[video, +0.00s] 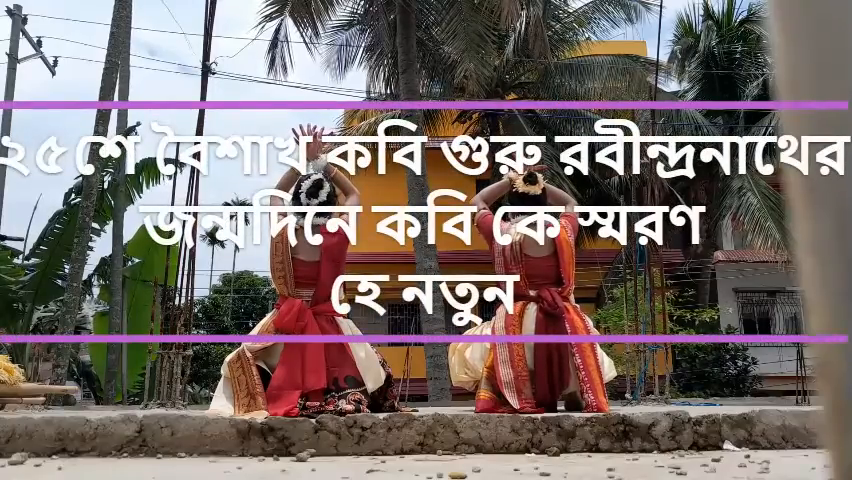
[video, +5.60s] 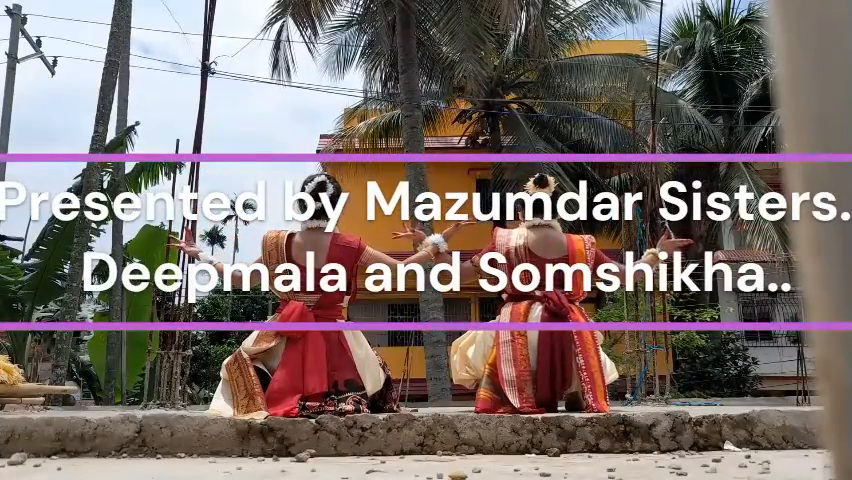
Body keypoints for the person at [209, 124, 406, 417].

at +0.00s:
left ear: (295, 203)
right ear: (330, 203)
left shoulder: (284, 234)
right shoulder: (337, 235)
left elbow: (277, 196)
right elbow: (351, 194)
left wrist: (302, 162)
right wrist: (322, 163)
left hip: (289, 325)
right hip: (329, 325)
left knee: (240, 361)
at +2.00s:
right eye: (321, 197)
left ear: (293, 201)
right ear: (329, 201)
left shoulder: (281, 232)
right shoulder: (338, 234)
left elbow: (269, 194)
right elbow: (365, 189)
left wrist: (289, 152)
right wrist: (337, 160)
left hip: (287, 333)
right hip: (330, 333)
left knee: (240, 362)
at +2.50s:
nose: (335, 203)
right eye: (333, 199)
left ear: (294, 202)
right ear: (330, 203)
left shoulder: (279, 234)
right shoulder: (340, 235)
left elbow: (267, 201)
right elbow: (378, 205)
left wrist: (274, 158)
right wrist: (371, 161)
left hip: (288, 330)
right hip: (331, 331)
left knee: (240, 367)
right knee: (379, 386)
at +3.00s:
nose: (337, 203)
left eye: (335, 197)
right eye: (335, 198)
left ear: (297, 203)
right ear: (332, 203)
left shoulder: (277, 234)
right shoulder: (342, 235)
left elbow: (255, 207)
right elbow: (391, 213)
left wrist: (249, 175)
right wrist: (407, 183)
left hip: (287, 333)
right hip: (331, 333)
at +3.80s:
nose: (337, 205)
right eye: (337, 200)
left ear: (301, 203)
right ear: (336, 205)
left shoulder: (277, 237)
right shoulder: (349, 242)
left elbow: (241, 237)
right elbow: (404, 243)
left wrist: (228, 209)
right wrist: (432, 213)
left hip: (288, 337)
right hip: (335, 337)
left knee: (241, 364)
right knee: (377, 388)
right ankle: (343, 398)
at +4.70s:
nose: (330, 209)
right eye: (334, 203)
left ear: (299, 205)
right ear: (336, 206)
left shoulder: (277, 243)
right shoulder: (350, 246)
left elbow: (234, 267)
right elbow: (401, 266)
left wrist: (202, 243)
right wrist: (431, 247)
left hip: (287, 350)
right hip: (337, 350)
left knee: (238, 364)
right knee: (377, 392)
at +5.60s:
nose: (337, 207)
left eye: (318, 201)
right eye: (337, 201)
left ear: (300, 204)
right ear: (337, 207)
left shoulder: (276, 245)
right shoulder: (349, 248)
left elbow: (246, 280)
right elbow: (402, 267)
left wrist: (200, 256)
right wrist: (431, 247)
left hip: (289, 350)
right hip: (336, 349)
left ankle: (289, 392)